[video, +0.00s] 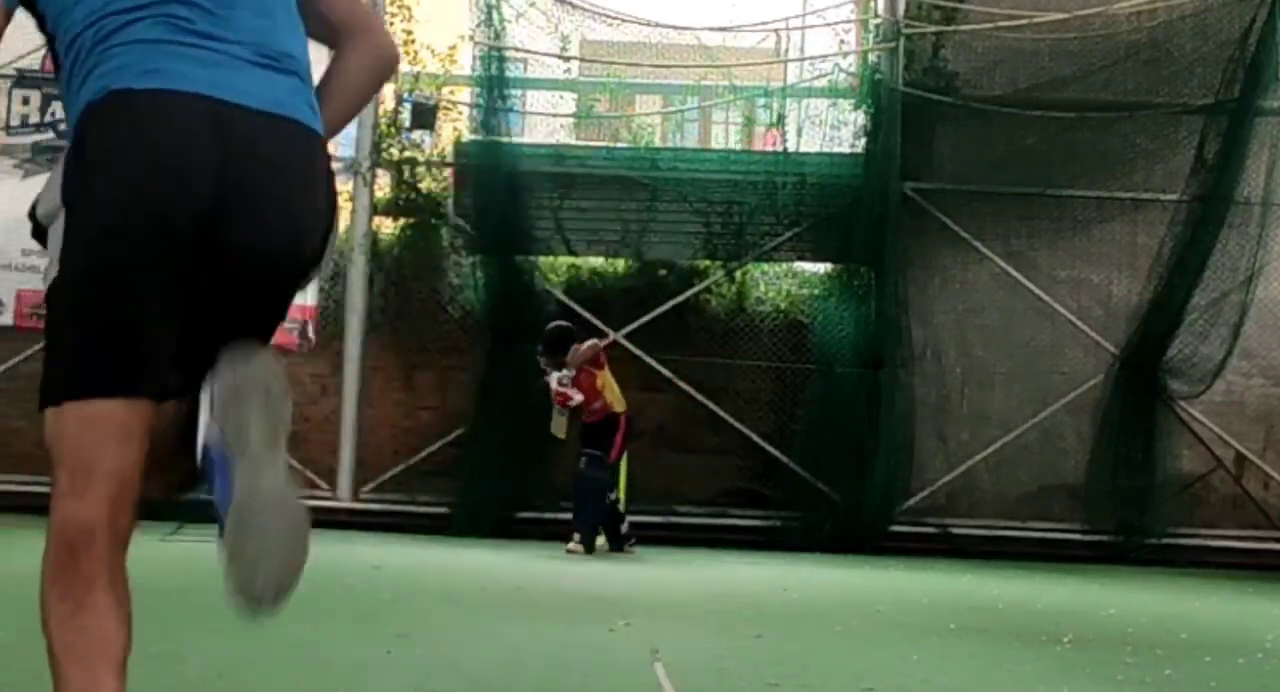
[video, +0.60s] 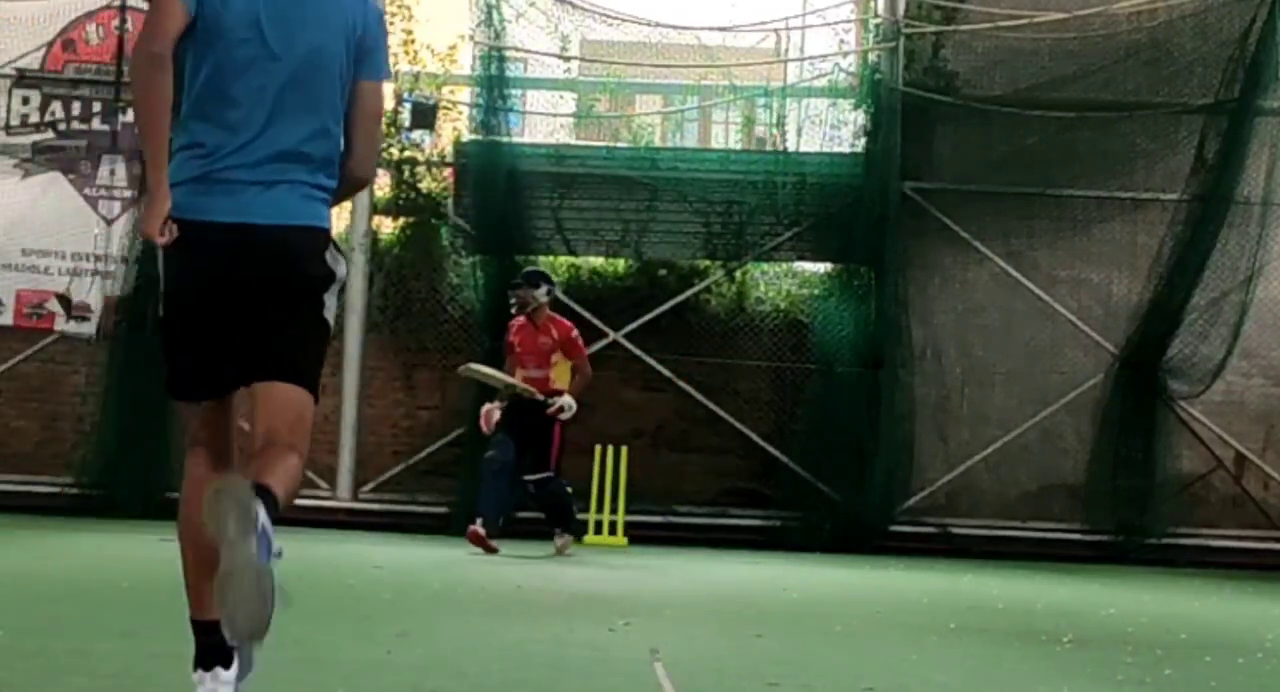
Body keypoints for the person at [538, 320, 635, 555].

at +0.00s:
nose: (549, 366)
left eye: (553, 362)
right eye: (548, 363)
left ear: (566, 353)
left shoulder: (586, 359)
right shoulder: (561, 374)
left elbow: (588, 349)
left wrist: (570, 368)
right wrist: (560, 395)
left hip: (611, 416)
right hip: (589, 420)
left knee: (592, 472)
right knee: (594, 477)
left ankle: (583, 535)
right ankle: (619, 535)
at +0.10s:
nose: (546, 370)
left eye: (551, 364)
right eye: (543, 365)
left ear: (566, 354)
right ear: (541, 360)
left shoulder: (582, 359)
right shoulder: (549, 379)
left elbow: (613, 364)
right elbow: (554, 408)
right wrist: (566, 411)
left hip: (604, 419)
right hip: (582, 423)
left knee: (583, 475)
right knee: (584, 480)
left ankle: (581, 536)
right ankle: (619, 535)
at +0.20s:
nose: (541, 354)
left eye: (546, 347)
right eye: (540, 348)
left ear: (561, 347)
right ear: (543, 350)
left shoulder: (582, 362)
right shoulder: (542, 380)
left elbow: (625, 386)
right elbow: (555, 412)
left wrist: (601, 411)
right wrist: (561, 422)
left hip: (598, 426)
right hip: (572, 430)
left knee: (578, 480)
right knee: (570, 481)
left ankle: (582, 538)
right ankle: (607, 530)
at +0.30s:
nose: (538, 339)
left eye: (544, 333)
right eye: (537, 333)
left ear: (561, 335)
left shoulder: (584, 360)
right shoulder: (541, 363)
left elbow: (618, 394)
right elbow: (548, 398)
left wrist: (591, 414)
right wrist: (547, 415)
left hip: (588, 423)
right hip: (562, 423)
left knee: (575, 480)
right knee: (559, 480)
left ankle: (583, 538)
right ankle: (575, 535)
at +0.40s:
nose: (535, 320)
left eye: (541, 315)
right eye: (534, 315)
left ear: (558, 317)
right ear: (533, 319)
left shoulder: (579, 348)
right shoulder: (534, 350)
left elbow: (607, 384)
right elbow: (538, 387)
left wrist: (583, 405)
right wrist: (527, 404)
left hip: (575, 414)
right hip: (545, 413)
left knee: (566, 475)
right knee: (539, 472)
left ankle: (579, 536)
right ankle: (542, 528)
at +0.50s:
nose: (527, 303)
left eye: (534, 297)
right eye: (526, 297)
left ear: (550, 299)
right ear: (526, 299)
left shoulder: (573, 333)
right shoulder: (526, 331)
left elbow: (596, 371)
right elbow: (528, 368)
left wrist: (578, 397)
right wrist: (517, 395)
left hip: (563, 405)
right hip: (533, 402)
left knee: (556, 471)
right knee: (509, 458)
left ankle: (575, 535)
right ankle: (505, 528)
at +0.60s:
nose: (518, 296)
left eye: (525, 291)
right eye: (517, 291)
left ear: (543, 294)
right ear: (520, 295)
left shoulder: (564, 330)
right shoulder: (516, 328)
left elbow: (584, 371)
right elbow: (511, 368)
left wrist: (570, 396)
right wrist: (498, 401)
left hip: (548, 403)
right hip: (519, 400)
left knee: (541, 474)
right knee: (498, 458)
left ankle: (565, 528)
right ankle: (486, 526)